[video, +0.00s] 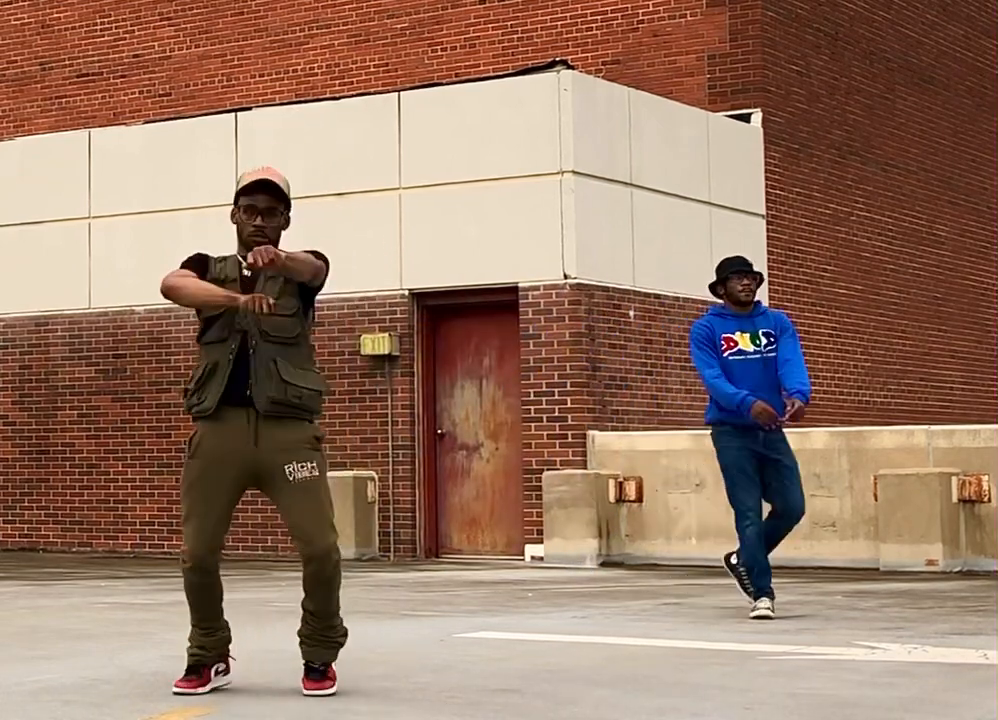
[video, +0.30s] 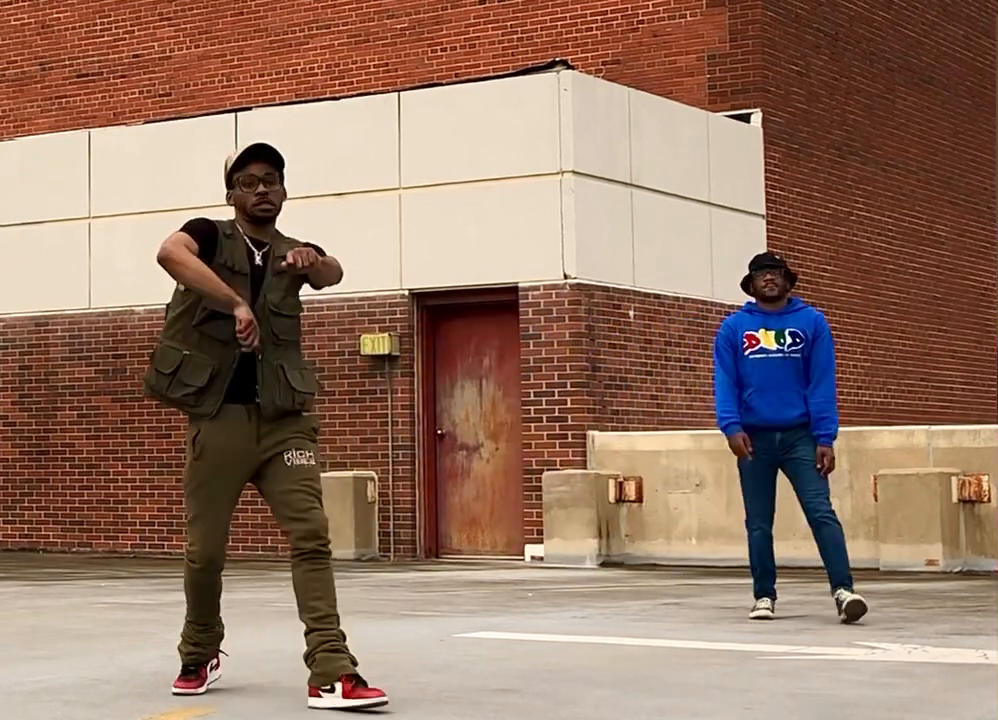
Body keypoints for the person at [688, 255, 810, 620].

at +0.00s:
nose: (747, 283)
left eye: (750, 278)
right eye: (738, 279)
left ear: (757, 285)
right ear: (721, 287)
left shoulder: (777, 321)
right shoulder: (705, 327)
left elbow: (793, 363)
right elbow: (712, 378)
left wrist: (796, 394)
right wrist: (749, 403)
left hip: (772, 431)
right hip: (732, 432)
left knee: (792, 508)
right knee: (748, 512)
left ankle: (744, 561)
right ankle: (762, 595)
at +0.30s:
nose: (769, 277)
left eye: (775, 271)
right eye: (762, 273)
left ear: (788, 280)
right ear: (751, 283)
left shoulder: (812, 321)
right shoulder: (734, 325)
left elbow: (824, 384)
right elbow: (724, 381)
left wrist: (826, 438)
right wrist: (731, 427)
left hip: (801, 434)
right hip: (754, 437)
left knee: (821, 512)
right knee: (758, 522)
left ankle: (843, 591)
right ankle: (764, 597)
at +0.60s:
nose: (787, 272)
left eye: (795, 265)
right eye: (784, 267)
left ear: (818, 271)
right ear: (783, 274)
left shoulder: (848, 314)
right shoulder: (768, 316)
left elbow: (871, 371)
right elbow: (748, 373)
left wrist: (887, 423)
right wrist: (734, 423)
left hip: (829, 432)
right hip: (780, 433)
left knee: (837, 515)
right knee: (771, 512)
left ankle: (841, 599)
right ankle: (773, 587)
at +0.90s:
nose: (790, 273)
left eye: (796, 268)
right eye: (791, 267)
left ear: (819, 271)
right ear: (809, 272)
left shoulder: (854, 315)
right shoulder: (789, 313)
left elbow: (883, 374)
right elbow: (783, 369)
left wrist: (898, 433)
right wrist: (778, 413)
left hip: (832, 432)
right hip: (788, 431)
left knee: (838, 517)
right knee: (796, 515)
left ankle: (841, 600)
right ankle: (801, 599)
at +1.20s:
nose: (781, 282)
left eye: (785, 275)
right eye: (781, 276)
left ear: (805, 275)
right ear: (804, 276)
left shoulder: (840, 308)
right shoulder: (802, 313)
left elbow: (836, 367)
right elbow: (796, 373)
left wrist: (809, 412)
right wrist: (784, 424)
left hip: (830, 428)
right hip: (793, 428)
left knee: (841, 516)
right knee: (787, 513)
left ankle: (842, 599)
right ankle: (792, 598)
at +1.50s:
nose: (769, 284)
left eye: (773, 277)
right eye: (769, 278)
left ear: (790, 278)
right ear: (792, 279)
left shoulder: (814, 316)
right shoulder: (795, 315)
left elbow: (792, 378)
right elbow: (788, 380)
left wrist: (751, 422)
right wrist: (771, 425)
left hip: (817, 430)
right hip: (790, 432)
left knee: (828, 514)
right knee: (785, 512)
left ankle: (840, 598)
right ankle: (788, 599)